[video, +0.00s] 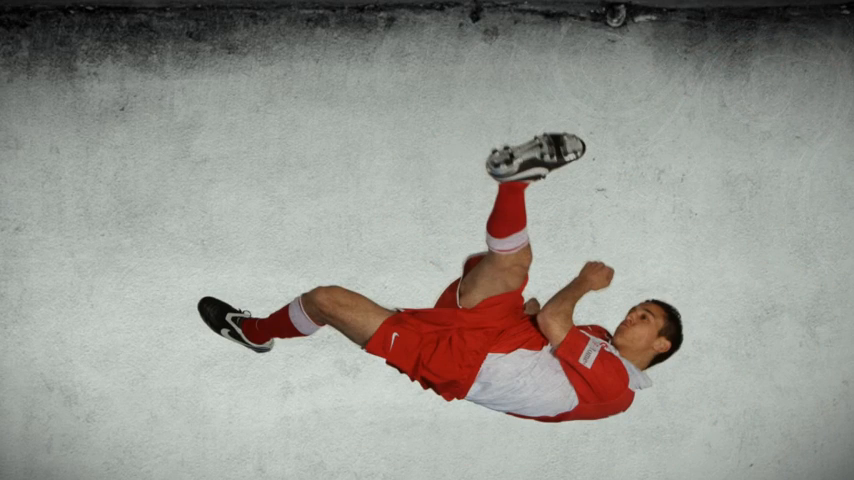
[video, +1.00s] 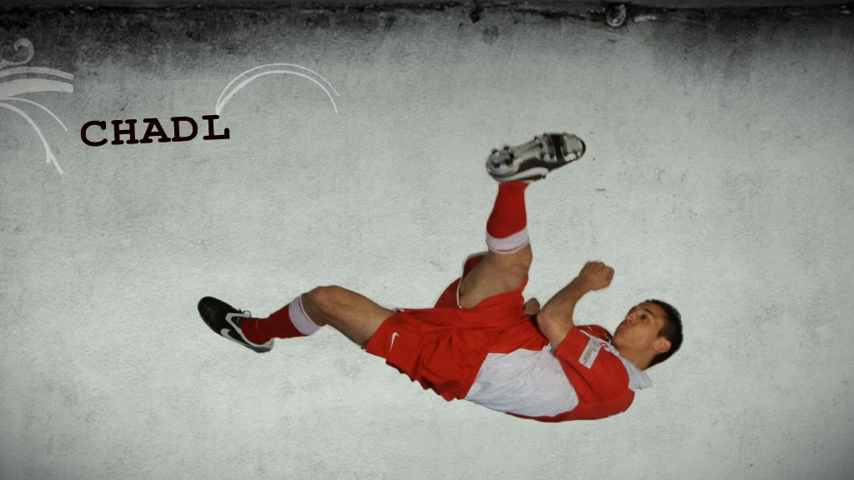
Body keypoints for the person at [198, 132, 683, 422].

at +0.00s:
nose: (633, 318)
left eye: (645, 319)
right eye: (636, 314)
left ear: (658, 347)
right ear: (631, 326)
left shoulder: (616, 386)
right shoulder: (597, 349)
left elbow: (549, 324)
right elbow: (519, 325)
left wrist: (583, 283)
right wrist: (468, 288)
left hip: (452, 360)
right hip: (482, 323)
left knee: (324, 299)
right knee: (508, 257)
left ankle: (256, 333)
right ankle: (512, 177)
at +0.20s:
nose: (633, 317)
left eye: (645, 319)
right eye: (636, 313)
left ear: (658, 347)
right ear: (631, 326)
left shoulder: (616, 386)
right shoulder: (597, 349)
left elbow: (549, 324)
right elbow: (519, 325)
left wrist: (583, 283)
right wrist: (468, 288)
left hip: (452, 360)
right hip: (482, 323)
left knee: (324, 299)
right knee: (508, 257)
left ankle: (256, 333)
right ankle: (512, 177)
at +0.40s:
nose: (633, 317)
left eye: (645, 319)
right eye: (636, 313)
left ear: (658, 347)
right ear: (631, 326)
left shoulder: (616, 386)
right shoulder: (597, 349)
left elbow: (549, 324)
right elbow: (519, 325)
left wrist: (583, 283)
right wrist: (468, 288)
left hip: (452, 360)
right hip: (482, 323)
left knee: (324, 299)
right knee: (509, 257)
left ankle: (256, 333)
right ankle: (512, 177)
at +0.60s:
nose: (633, 317)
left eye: (645, 319)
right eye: (636, 313)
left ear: (658, 347)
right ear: (631, 326)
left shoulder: (616, 386)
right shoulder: (597, 349)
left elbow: (549, 324)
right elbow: (519, 325)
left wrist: (583, 283)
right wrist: (469, 288)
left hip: (452, 360)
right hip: (482, 323)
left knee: (324, 299)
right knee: (509, 257)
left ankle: (256, 333)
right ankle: (512, 177)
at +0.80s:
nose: (633, 318)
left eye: (645, 319)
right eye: (636, 313)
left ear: (658, 347)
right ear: (631, 326)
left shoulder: (616, 386)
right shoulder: (597, 349)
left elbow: (549, 324)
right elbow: (519, 325)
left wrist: (583, 283)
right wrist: (469, 287)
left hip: (452, 360)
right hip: (482, 323)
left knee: (323, 299)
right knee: (509, 257)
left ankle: (256, 333)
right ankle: (512, 177)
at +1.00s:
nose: (633, 317)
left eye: (645, 319)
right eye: (637, 313)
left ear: (658, 347)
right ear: (631, 326)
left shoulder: (616, 386)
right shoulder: (597, 349)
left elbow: (549, 324)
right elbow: (519, 324)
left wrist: (583, 283)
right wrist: (470, 286)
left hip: (452, 360)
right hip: (482, 323)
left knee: (323, 298)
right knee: (509, 257)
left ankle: (256, 333)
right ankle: (512, 176)